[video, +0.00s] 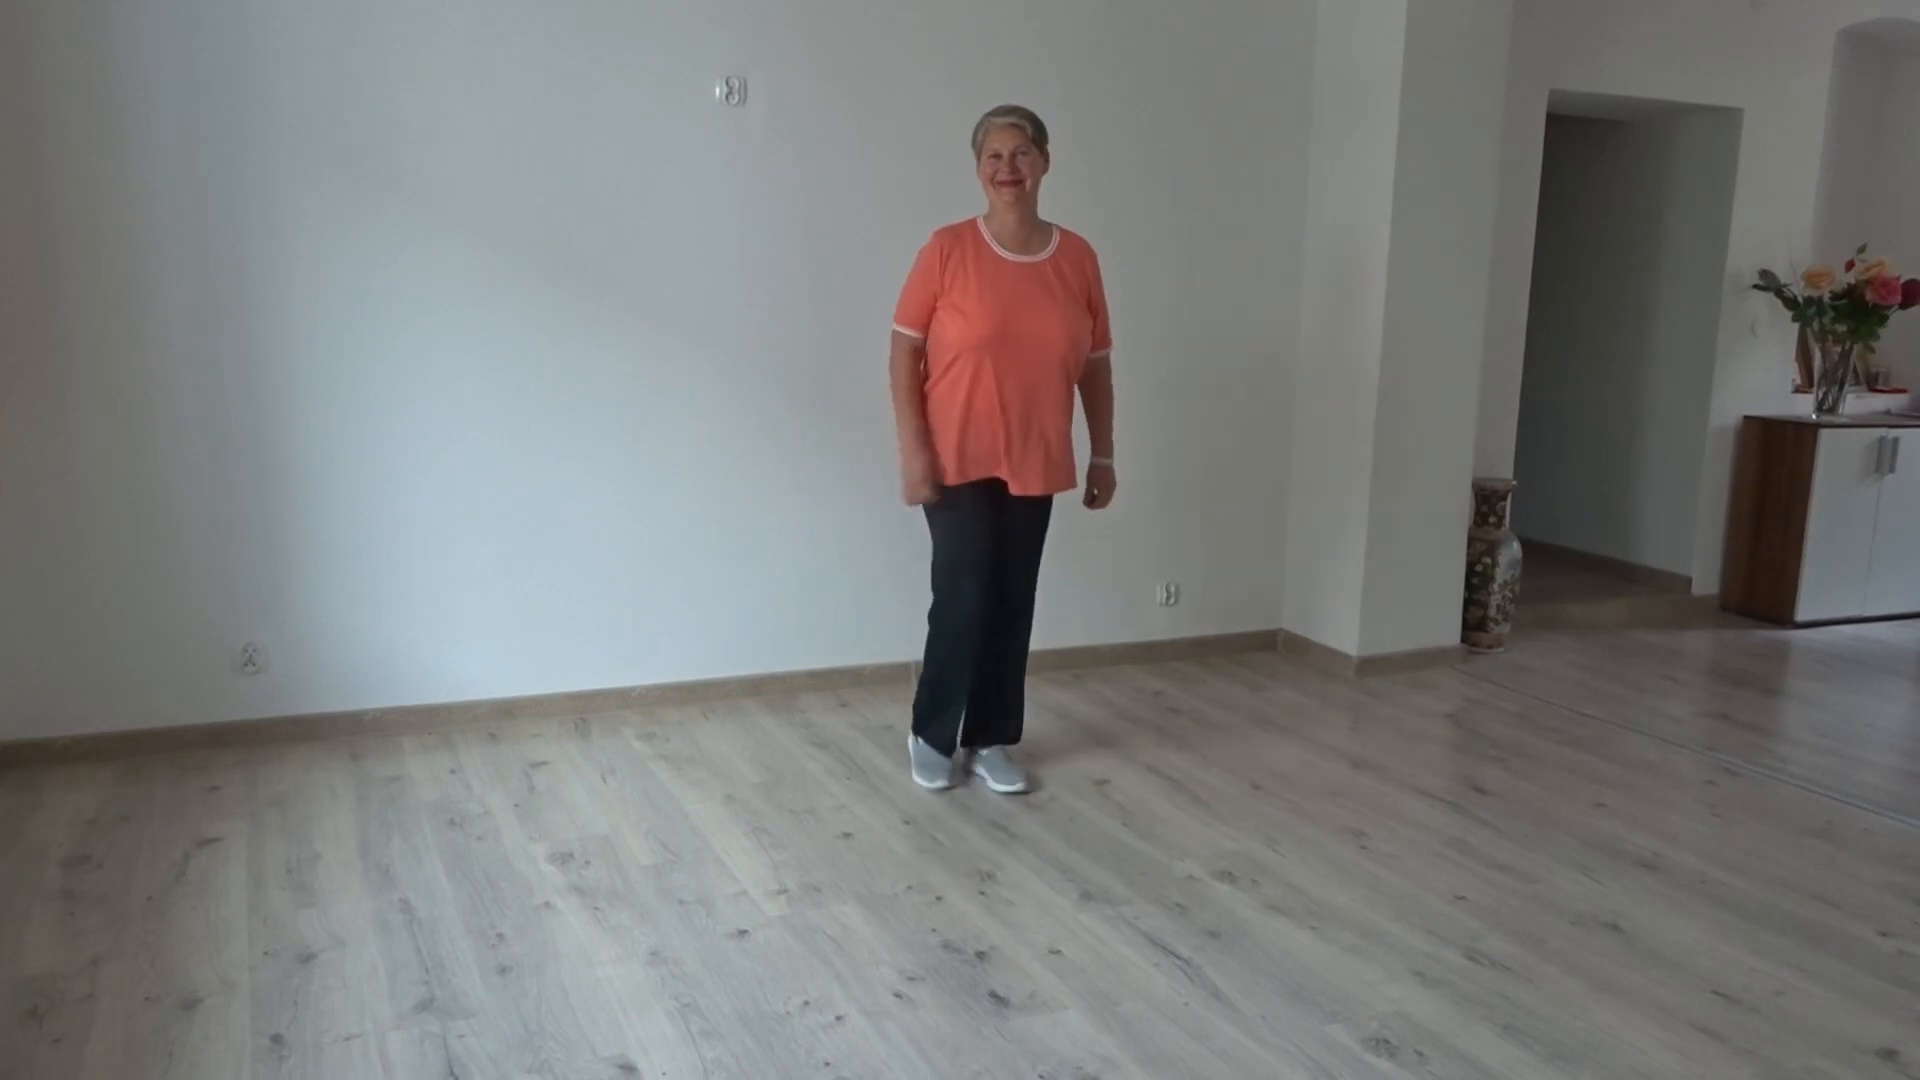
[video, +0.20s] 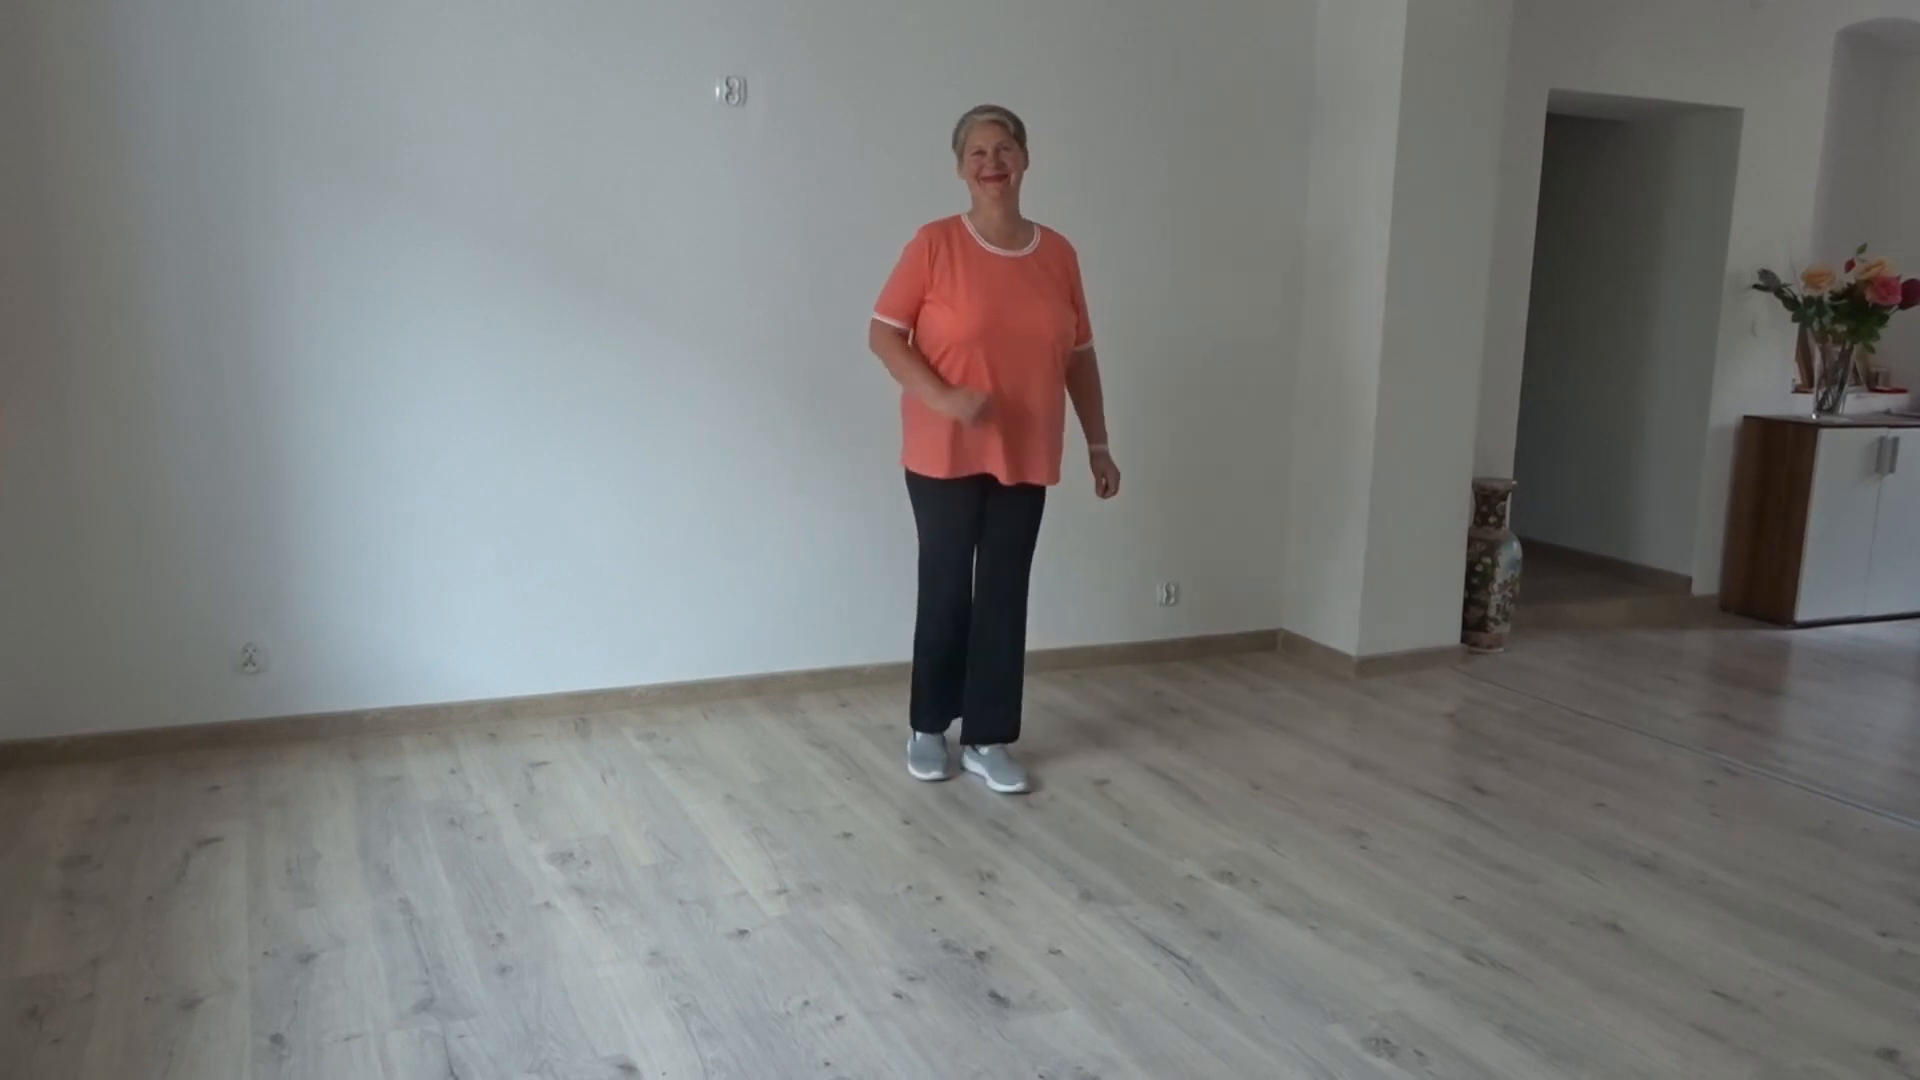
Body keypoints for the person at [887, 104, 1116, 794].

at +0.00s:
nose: (1008, 164)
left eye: (1021, 152)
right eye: (995, 155)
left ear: (1044, 164)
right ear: (978, 169)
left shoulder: (1075, 256)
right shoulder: (947, 249)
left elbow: (1095, 361)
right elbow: (905, 348)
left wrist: (1102, 454)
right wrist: (913, 449)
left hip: (1036, 465)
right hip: (957, 461)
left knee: (1013, 608)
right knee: (965, 602)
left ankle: (992, 741)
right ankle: (934, 736)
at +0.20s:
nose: (993, 159)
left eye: (1004, 148)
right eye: (979, 152)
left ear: (1024, 161)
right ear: (961, 168)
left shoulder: (1056, 253)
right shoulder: (935, 244)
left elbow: (1079, 355)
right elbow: (884, 335)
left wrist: (1097, 442)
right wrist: (940, 395)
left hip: (1023, 458)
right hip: (944, 454)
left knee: (1004, 599)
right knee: (944, 594)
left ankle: (988, 739)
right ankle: (930, 730)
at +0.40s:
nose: (979, 153)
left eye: (989, 142)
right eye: (964, 147)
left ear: (1009, 159)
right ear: (945, 169)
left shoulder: (1041, 250)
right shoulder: (919, 243)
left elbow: (1063, 350)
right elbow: (868, 331)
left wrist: (1077, 435)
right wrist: (925, 382)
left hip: (1013, 457)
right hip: (936, 455)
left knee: (996, 599)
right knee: (942, 595)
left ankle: (984, 733)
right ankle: (927, 731)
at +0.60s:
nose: (969, 161)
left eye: (980, 149)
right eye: (955, 155)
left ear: (1003, 162)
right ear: (940, 174)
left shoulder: (1040, 251)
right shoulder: (916, 247)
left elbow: (1063, 350)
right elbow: (868, 335)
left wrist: (1055, 441)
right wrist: (915, 387)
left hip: (1005, 459)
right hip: (932, 456)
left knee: (985, 598)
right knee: (937, 595)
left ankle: (969, 726)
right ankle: (926, 730)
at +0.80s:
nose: (968, 165)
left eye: (980, 153)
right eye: (955, 157)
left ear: (1001, 162)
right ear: (940, 170)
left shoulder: (1038, 251)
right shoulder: (913, 246)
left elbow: (1062, 351)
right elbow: (868, 331)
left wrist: (1055, 439)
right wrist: (908, 383)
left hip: (1004, 457)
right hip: (929, 455)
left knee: (983, 598)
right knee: (935, 595)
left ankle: (970, 726)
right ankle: (926, 729)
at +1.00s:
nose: (971, 169)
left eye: (982, 158)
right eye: (958, 160)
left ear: (1001, 166)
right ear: (941, 171)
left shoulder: (1034, 251)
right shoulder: (910, 245)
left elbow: (1057, 352)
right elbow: (866, 331)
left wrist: (1054, 440)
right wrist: (910, 380)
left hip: (1004, 456)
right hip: (929, 454)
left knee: (984, 596)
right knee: (934, 594)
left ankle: (971, 726)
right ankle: (926, 729)